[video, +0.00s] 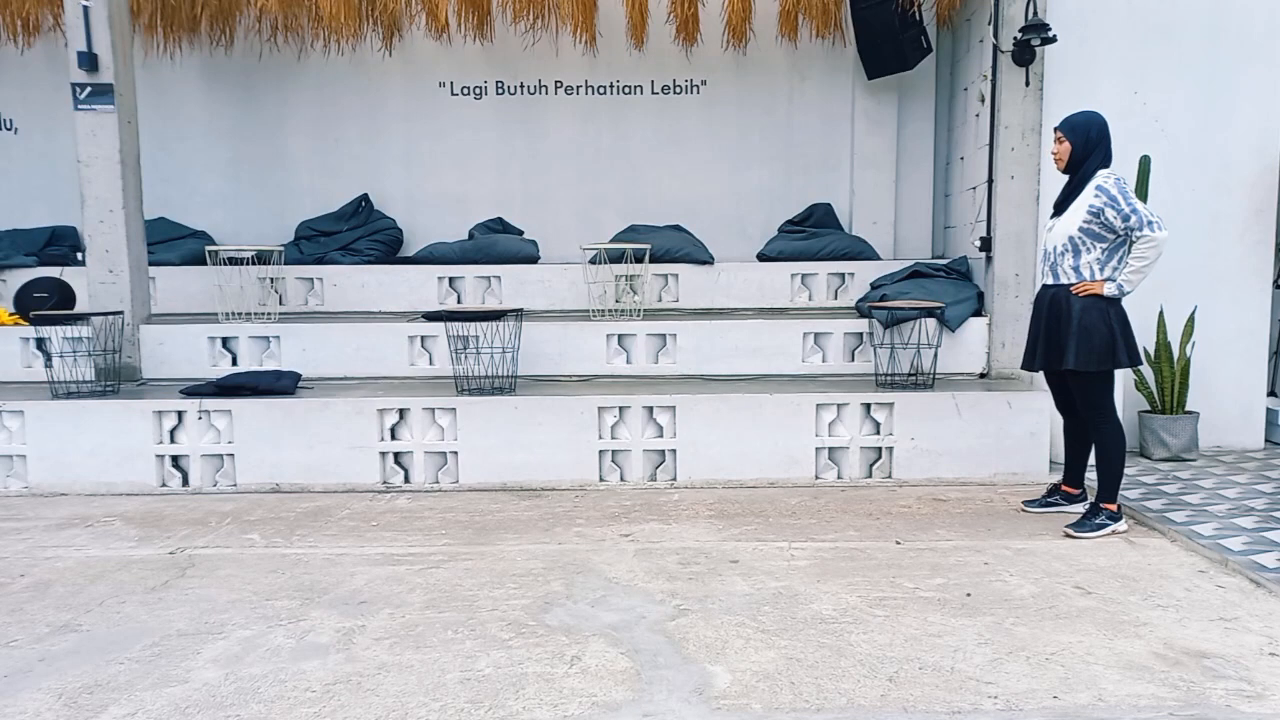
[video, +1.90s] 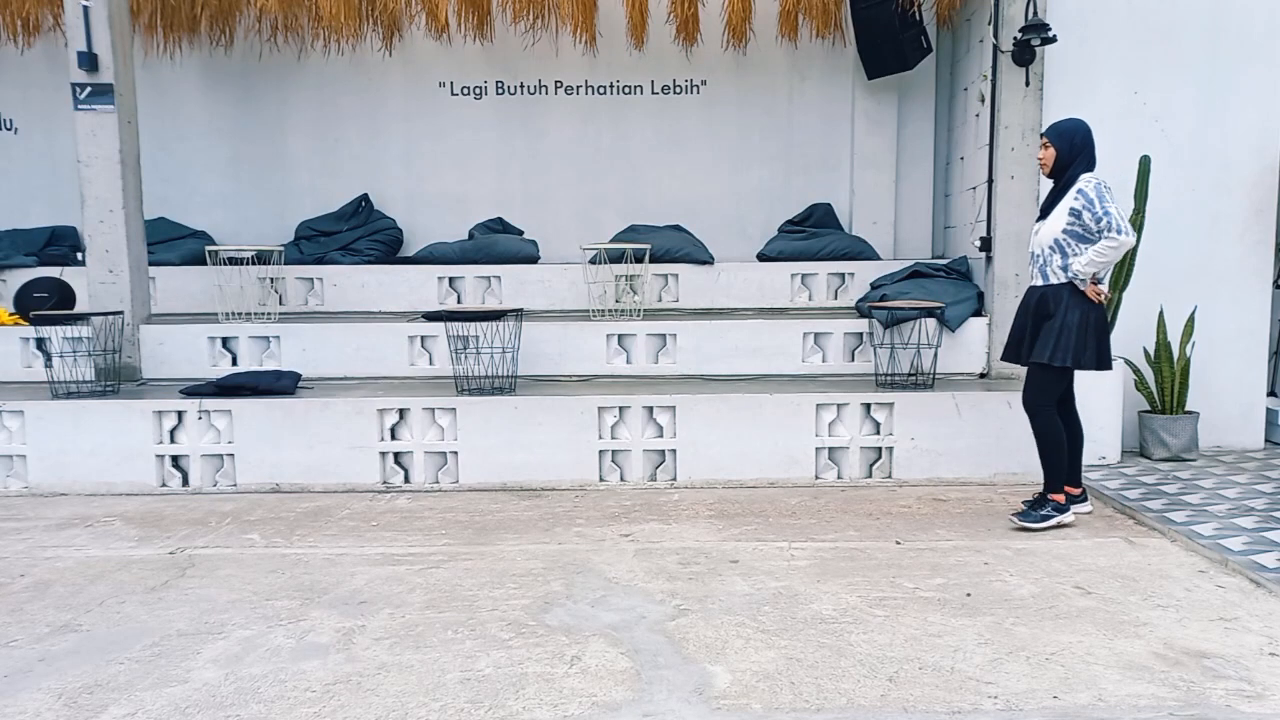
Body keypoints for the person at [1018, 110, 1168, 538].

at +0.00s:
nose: (1053, 149)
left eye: (1060, 141)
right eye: (1054, 141)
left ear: (1084, 144)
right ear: (1072, 145)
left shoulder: (1105, 184)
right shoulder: (1072, 189)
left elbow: (1151, 234)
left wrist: (1117, 285)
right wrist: (1051, 285)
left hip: (1088, 312)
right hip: (1055, 310)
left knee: (1099, 410)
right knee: (1070, 407)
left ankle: (1108, 507)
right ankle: (1070, 489)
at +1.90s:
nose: (1040, 155)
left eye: (1047, 147)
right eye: (1041, 147)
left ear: (1069, 149)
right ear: (1063, 151)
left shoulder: (1088, 186)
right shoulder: (1060, 192)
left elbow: (1121, 236)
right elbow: (1074, 245)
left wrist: (1085, 273)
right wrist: (1090, 279)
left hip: (1067, 307)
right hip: (1049, 305)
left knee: (1037, 399)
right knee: (1060, 401)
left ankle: (1057, 497)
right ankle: (1072, 489)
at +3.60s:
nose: (1009, 169)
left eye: (1014, 161)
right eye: (1008, 161)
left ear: (1035, 158)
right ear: (1031, 161)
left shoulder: (1054, 188)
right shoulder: (1039, 195)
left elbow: (1090, 231)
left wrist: (1050, 285)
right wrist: (1030, 286)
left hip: (1039, 312)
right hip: (1033, 311)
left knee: (999, 398)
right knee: (1051, 402)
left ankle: (1004, 495)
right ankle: (1071, 489)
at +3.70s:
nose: (1000, 168)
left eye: (1005, 160)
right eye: (998, 160)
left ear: (1027, 158)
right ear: (1017, 160)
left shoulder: (1048, 186)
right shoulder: (1025, 198)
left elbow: (1091, 231)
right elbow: (1015, 262)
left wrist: (1052, 283)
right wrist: (997, 306)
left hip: (1032, 310)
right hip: (1017, 310)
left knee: (994, 397)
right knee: (1048, 404)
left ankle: (964, 490)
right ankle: (1071, 489)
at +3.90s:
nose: (976, 169)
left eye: (981, 161)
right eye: (976, 162)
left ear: (1002, 160)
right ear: (996, 163)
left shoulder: (1027, 194)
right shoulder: (997, 205)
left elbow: (1072, 248)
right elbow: (978, 268)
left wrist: (1074, 311)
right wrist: (948, 304)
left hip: (1006, 310)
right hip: (988, 311)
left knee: (968, 400)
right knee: (1030, 403)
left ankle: (939, 489)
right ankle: (1068, 486)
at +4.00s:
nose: (960, 169)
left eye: (965, 160)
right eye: (960, 160)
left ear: (987, 160)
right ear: (983, 160)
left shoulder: (1011, 198)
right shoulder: (983, 204)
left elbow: (1041, 263)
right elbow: (958, 265)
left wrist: (1071, 321)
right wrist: (927, 300)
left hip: (982, 308)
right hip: (967, 308)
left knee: (959, 402)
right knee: (1006, 402)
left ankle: (940, 490)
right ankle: (1060, 479)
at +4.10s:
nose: (944, 166)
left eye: (949, 158)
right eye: (944, 158)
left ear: (970, 158)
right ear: (967, 159)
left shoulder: (992, 199)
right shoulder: (964, 202)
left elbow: (1011, 267)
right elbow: (942, 267)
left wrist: (1025, 327)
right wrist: (917, 305)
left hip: (962, 304)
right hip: (944, 305)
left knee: (955, 404)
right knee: (963, 405)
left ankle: (941, 491)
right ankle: (1035, 468)